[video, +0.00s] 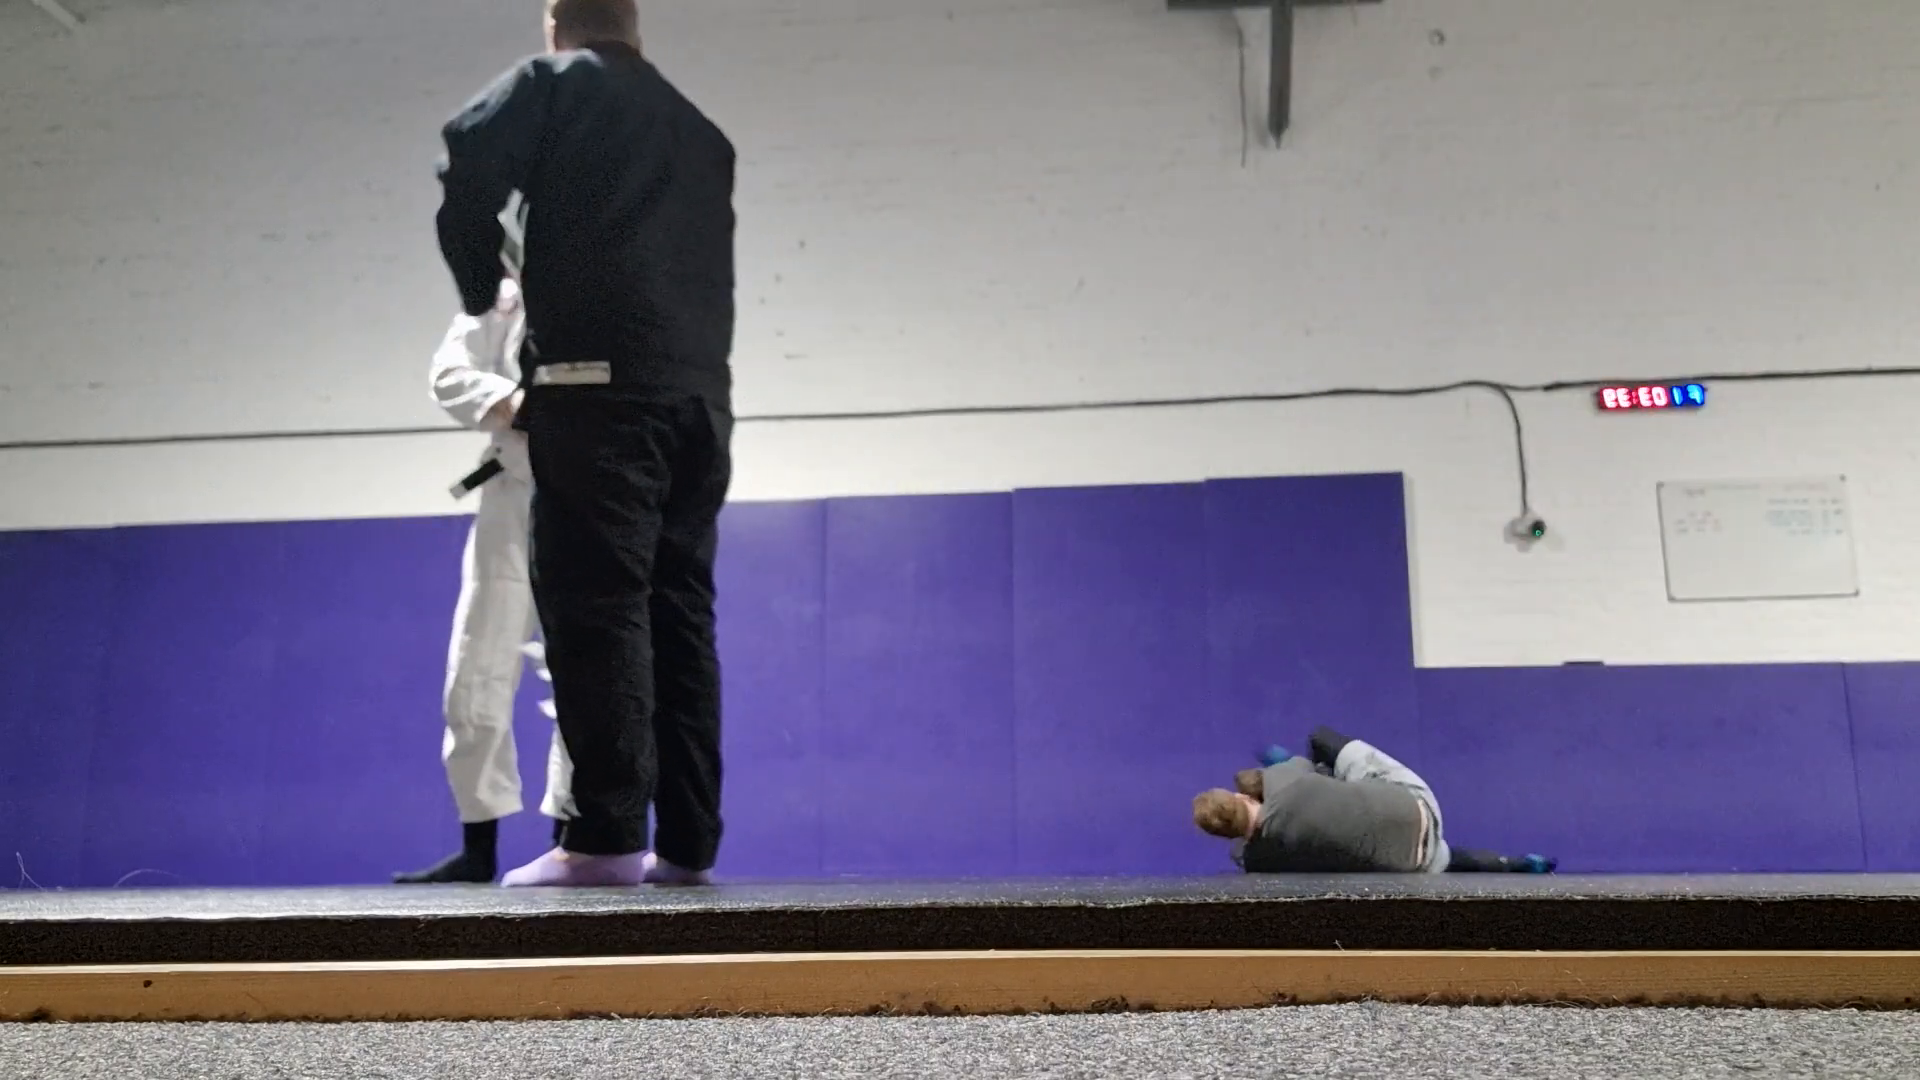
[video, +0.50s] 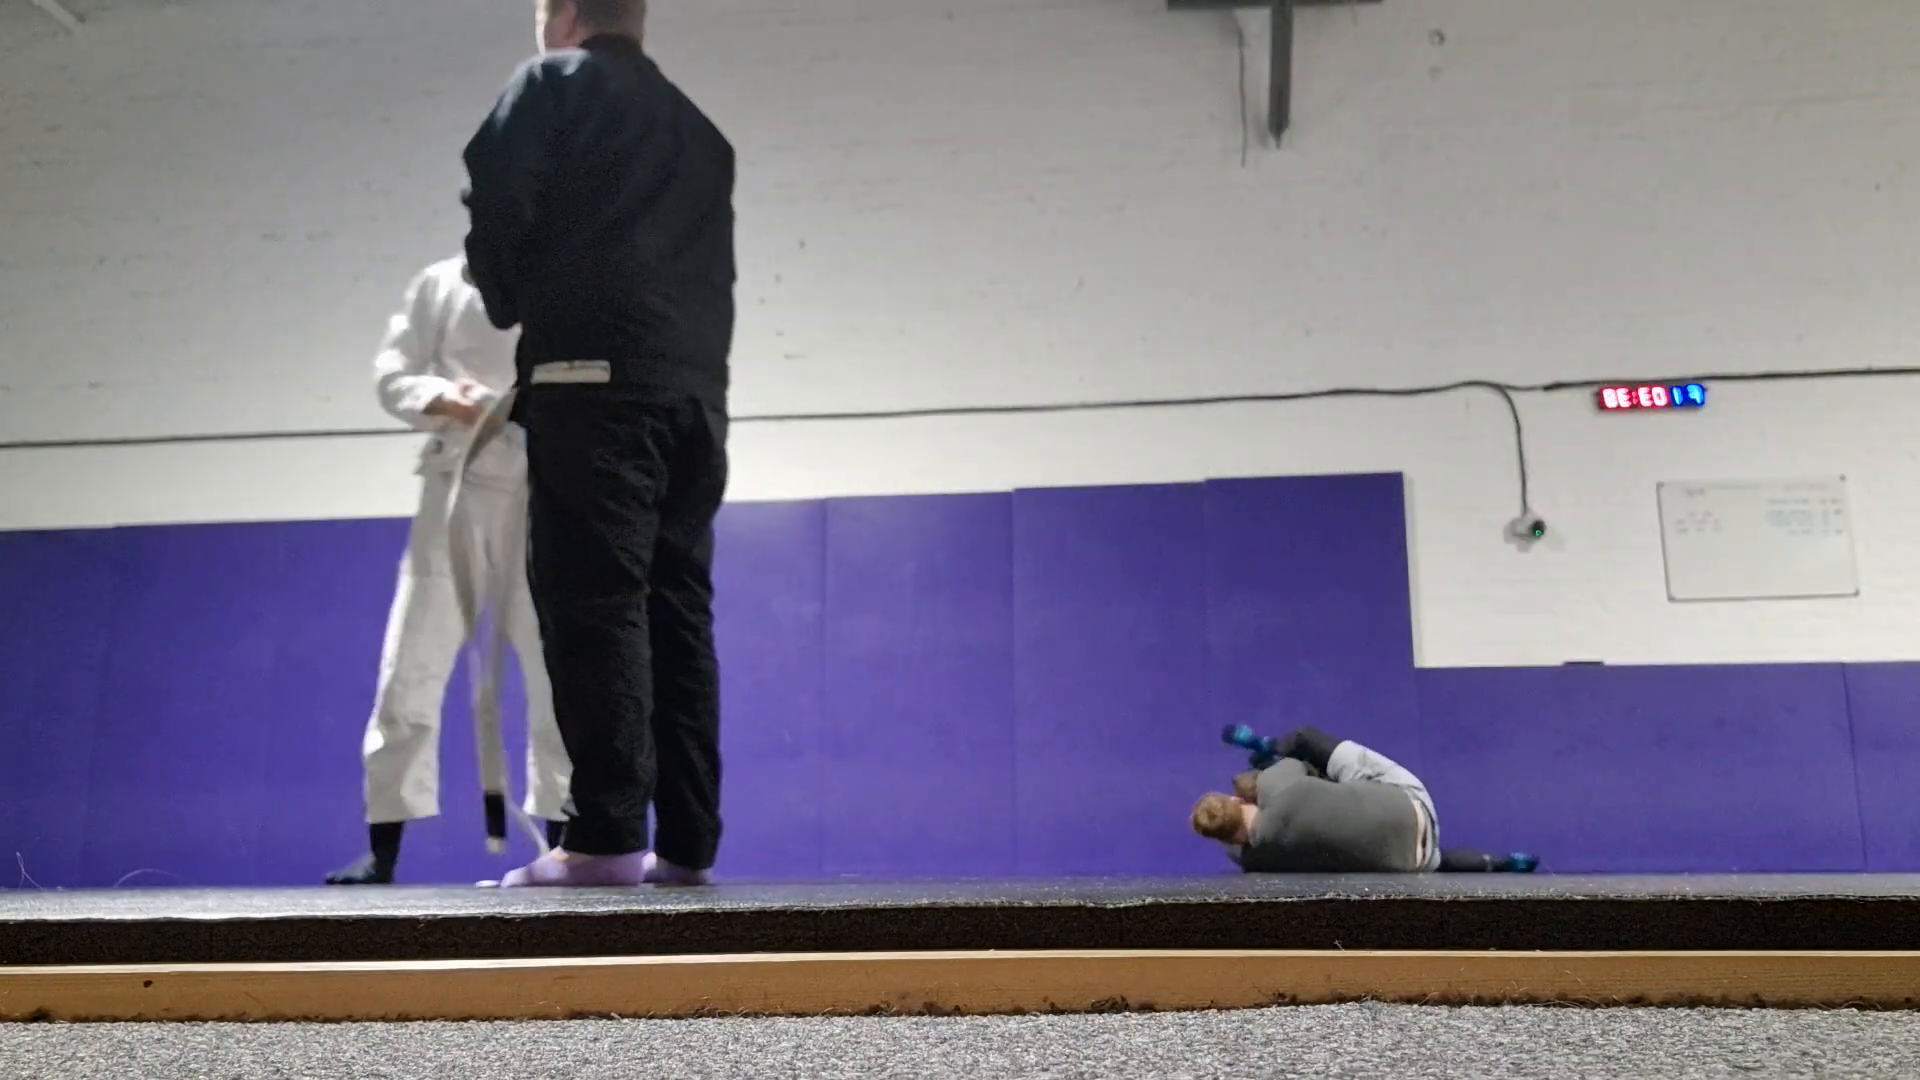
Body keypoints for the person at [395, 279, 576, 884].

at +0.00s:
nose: (544, 255)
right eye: (537, 246)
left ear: (591, 251)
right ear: (523, 249)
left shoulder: (617, 308)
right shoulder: (506, 299)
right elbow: (450, 372)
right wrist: (514, 407)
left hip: (594, 498)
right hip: (514, 490)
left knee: (585, 672)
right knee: (477, 666)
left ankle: (575, 844)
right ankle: (479, 849)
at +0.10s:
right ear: (524, 244)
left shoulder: (611, 313)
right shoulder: (506, 297)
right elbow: (451, 374)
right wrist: (515, 406)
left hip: (589, 502)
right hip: (511, 491)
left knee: (583, 674)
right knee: (466, 663)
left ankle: (571, 839)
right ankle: (465, 839)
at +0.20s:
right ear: (520, 226)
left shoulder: (618, 292)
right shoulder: (497, 282)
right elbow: (443, 374)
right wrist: (499, 403)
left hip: (589, 496)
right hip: (505, 488)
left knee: (583, 671)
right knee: (444, 665)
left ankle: (571, 841)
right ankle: (436, 837)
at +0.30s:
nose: (522, 241)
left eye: (537, 232)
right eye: (515, 230)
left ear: (574, 234)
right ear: (504, 231)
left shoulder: (599, 297)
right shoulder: (482, 289)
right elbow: (433, 376)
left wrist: (566, 411)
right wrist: (481, 401)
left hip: (578, 494)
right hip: (496, 484)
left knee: (579, 662)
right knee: (438, 651)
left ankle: (571, 836)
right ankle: (404, 835)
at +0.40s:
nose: (484, 225)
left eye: (504, 216)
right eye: (481, 213)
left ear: (543, 225)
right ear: (479, 221)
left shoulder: (575, 288)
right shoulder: (464, 285)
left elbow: (604, 384)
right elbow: (416, 377)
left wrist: (528, 404)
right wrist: (467, 403)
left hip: (553, 493)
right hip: (474, 487)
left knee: (563, 665)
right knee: (420, 665)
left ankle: (566, 844)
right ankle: (385, 853)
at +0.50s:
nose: (486, 222)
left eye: (503, 210)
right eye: (479, 206)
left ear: (535, 218)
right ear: (471, 210)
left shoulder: (564, 286)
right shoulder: (443, 284)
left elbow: (595, 387)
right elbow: (392, 374)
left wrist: (526, 407)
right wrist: (438, 397)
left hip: (539, 505)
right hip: (454, 499)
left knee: (556, 675)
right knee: (406, 674)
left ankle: (565, 845)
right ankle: (383, 854)